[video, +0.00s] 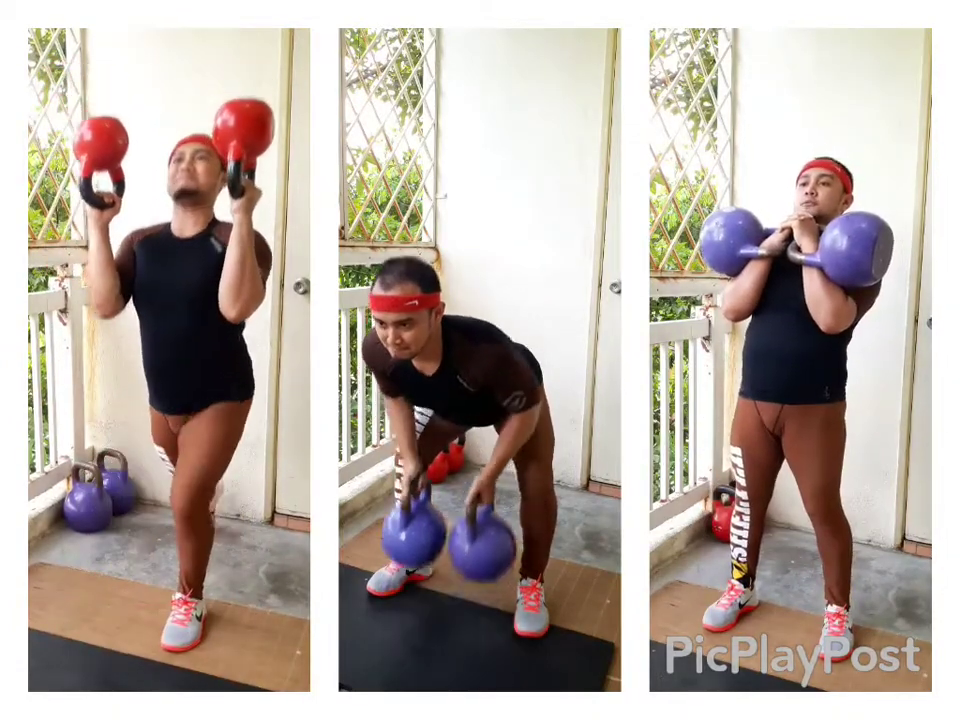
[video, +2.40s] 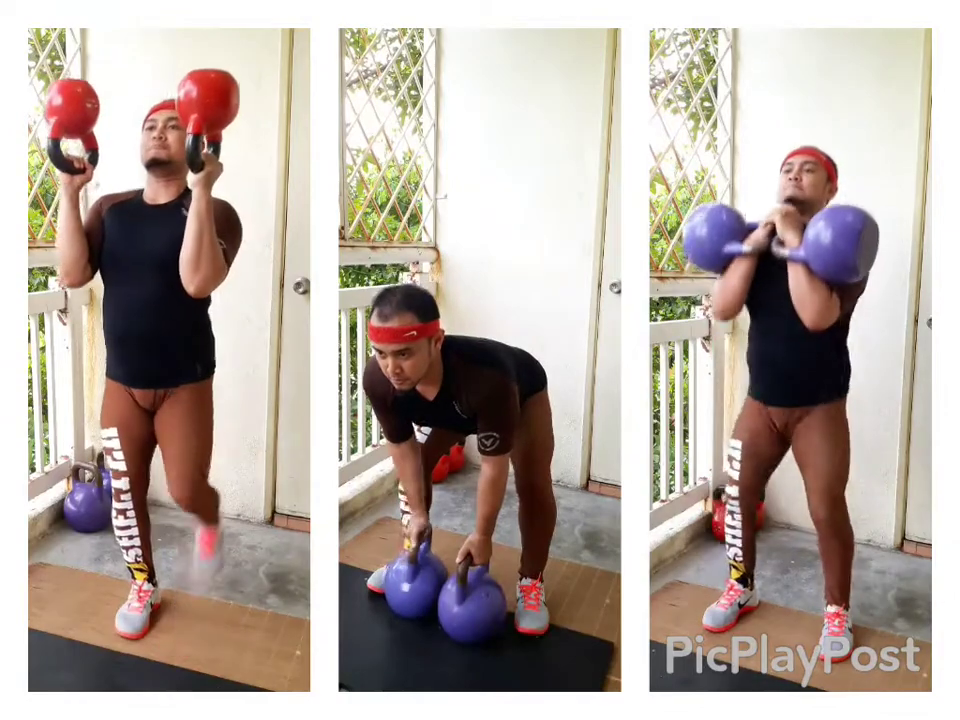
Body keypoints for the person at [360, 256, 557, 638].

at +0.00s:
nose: (392, 338)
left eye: (405, 325)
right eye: (381, 325)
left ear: (436, 312)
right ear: (372, 318)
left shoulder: (483, 349)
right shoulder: (377, 352)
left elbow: (527, 406)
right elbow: (396, 397)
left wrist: (491, 473)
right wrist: (408, 457)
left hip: (511, 399)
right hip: (452, 402)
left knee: (537, 485)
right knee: (410, 468)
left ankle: (531, 582)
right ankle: (412, 557)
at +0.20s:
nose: (391, 332)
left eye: (404, 318)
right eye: (380, 319)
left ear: (435, 305)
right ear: (371, 312)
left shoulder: (484, 334)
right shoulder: (376, 335)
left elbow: (542, 357)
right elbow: (394, 366)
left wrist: (498, 421)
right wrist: (407, 407)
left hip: (511, 393)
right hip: (447, 397)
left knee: (540, 482)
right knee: (411, 464)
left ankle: (531, 582)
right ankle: (413, 551)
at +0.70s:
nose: (396, 319)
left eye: (408, 305)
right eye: (385, 306)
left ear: (439, 291)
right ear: (375, 299)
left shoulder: (488, 332)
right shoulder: (379, 336)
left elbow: (528, 393)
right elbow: (398, 386)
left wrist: (491, 468)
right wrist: (412, 447)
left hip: (511, 400)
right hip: (450, 403)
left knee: (537, 486)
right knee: (407, 467)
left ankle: (531, 582)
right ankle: (411, 555)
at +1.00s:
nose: (395, 344)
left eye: (407, 331)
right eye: (384, 331)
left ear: (438, 314)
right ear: (375, 325)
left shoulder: (487, 355)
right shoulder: (379, 363)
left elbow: (512, 435)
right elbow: (401, 428)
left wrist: (484, 515)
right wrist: (411, 499)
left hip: (516, 396)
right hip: (456, 404)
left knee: (537, 486)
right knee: (412, 470)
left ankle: (532, 584)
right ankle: (407, 563)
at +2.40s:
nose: (392, 368)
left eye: (404, 354)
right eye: (382, 355)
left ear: (436, 342)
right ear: (373, 349)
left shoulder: (486, 378)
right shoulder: (378, 380)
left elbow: (494, 467)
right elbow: (403, 451)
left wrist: (482, 535)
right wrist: (417, 513)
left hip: (516, 391)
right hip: (451, 399)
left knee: (534, 485)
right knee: (417, 469)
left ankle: (531, 584)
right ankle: (411, 562)